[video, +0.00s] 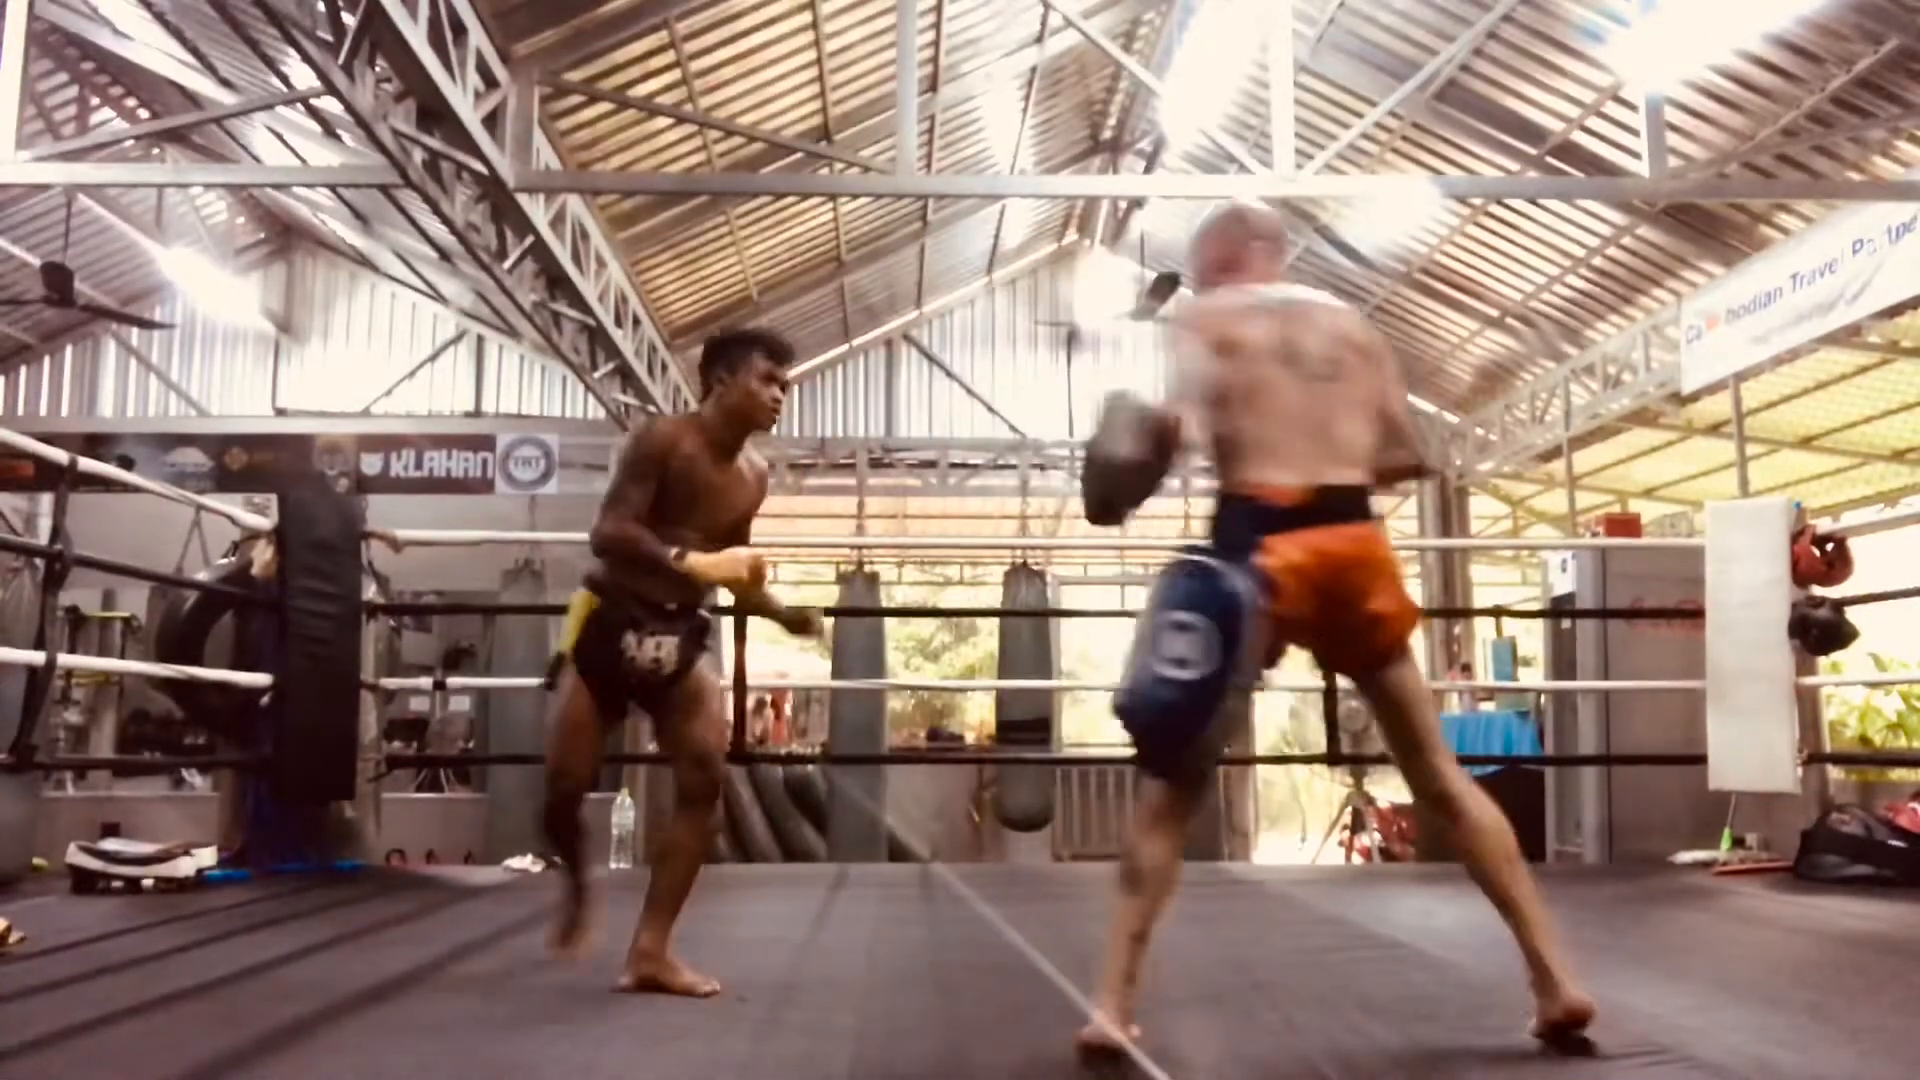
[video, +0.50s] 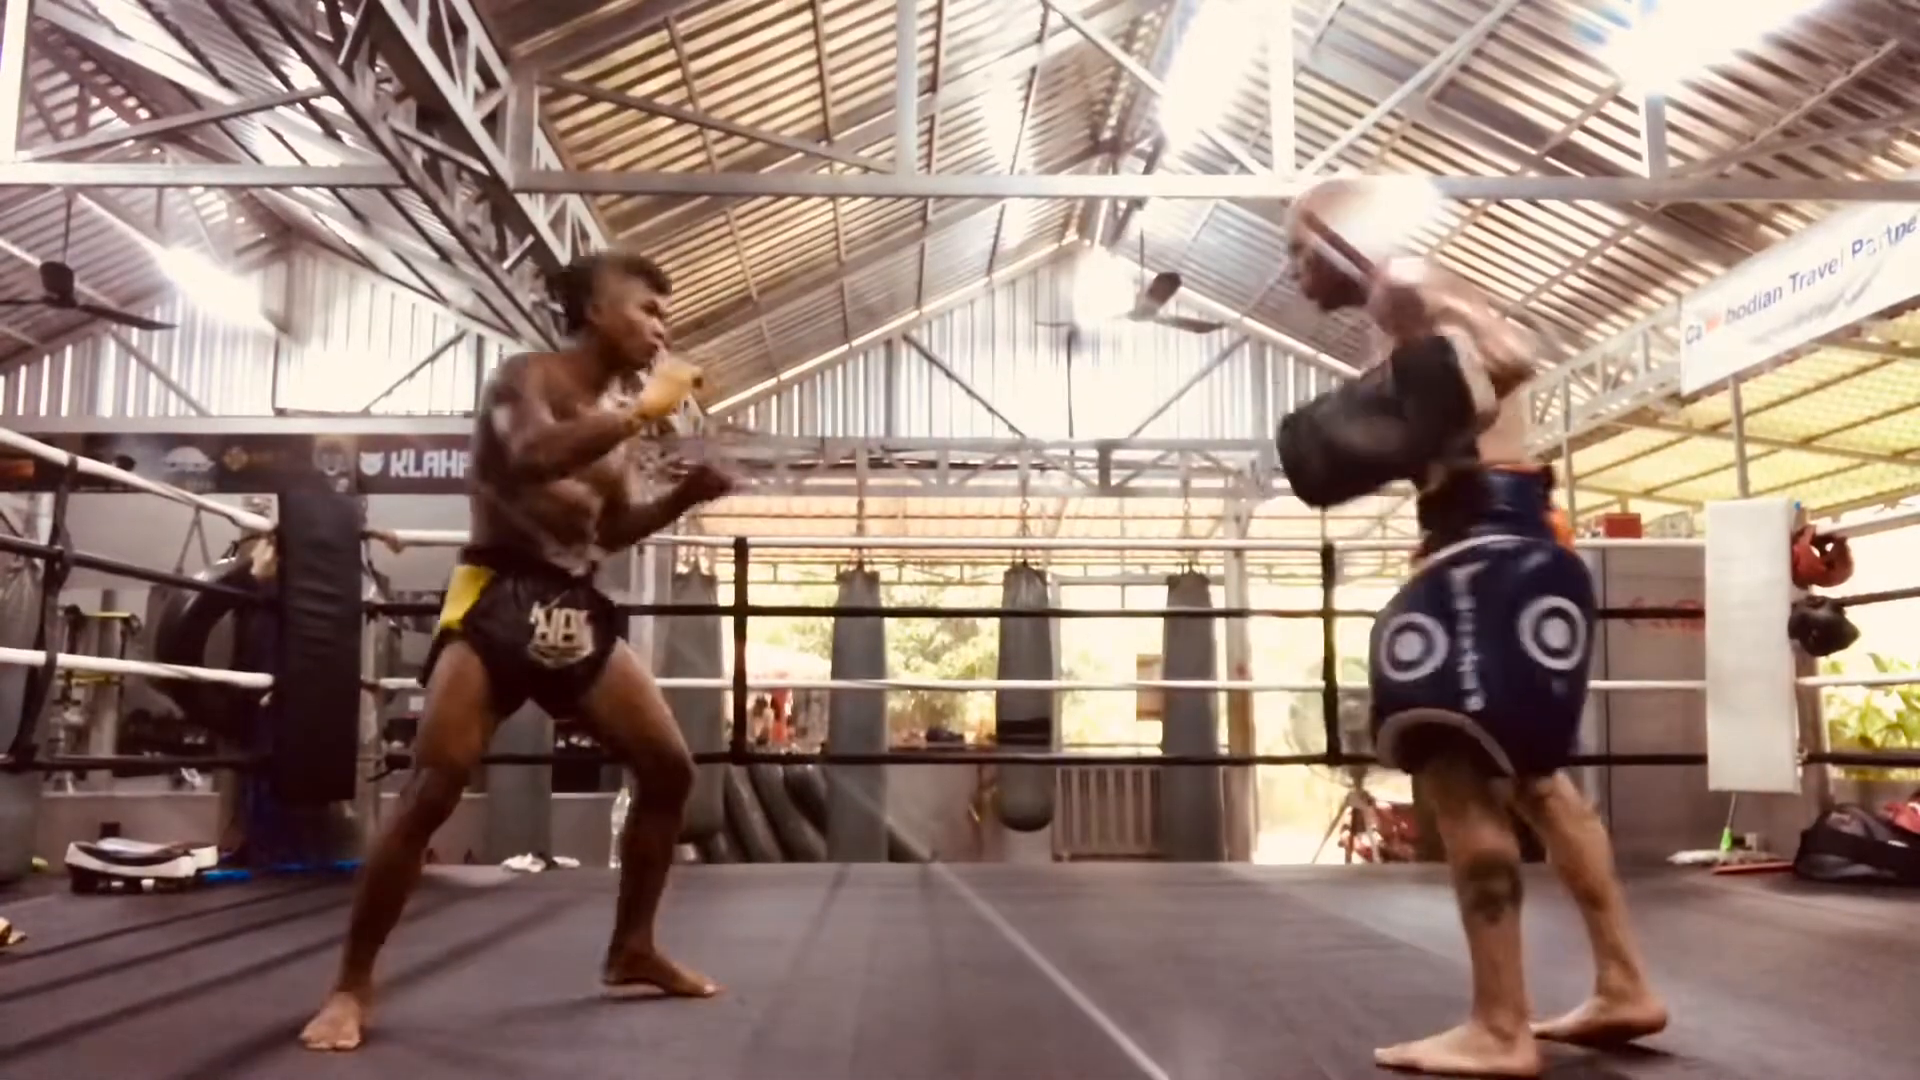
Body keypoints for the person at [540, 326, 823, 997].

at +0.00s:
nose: (781, 396)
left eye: (784, 385)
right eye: (769, 380)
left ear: (768, 393)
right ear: (722, 379)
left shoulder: (752, 478)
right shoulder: (661, 437)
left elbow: (729, 571)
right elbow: (610, 531)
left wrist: (782, 611)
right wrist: (692, 563)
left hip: (683, 632)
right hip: (611, 621)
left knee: (703, 783)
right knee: (563, 787)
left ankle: (650, 951)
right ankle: (575, 896)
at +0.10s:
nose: (772, 383)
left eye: (776, 372)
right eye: (761, 367)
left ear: (757, 381)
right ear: (712, 364)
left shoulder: (738, 471)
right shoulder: (653, 418)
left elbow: (740, 549)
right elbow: (620, 505)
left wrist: (801, 556)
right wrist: (721, 530)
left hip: (656, 622)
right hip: (585, 607)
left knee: (685, 779)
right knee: (533, 765)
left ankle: (647, 953)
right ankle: (491, 933)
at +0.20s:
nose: (754, 358)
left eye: (757, 348)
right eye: (742, 342)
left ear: (734, 357)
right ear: (694, 341)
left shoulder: (721, 439)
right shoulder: (633, 398)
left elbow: (766, 525)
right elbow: (624, 479)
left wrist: (811, 489)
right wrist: (732, 474)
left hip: (636, 613)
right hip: (562, 597)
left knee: (670, 775)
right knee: (484, 768)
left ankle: (647, 953)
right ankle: (415, 960)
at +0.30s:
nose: (728, 339)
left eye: (731, 328)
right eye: (716, 323)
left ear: (693, 334)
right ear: (667, 322)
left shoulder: (676, 420)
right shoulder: (603, 383)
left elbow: (746, 502)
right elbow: (603, 461)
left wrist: (785, 443)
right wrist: (703, 442)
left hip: (619, 604)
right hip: (544, 589)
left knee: (660, 775)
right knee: (461, 764)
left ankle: (642, 953)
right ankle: (366, 966)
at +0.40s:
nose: (691, 331)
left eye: (695, 320)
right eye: (681, 313)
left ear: (668, 329)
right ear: (630, 308)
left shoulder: (644, 412)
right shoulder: (563, 376)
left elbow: (684, 514)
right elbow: (562, 458)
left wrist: (730, 459)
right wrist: (663, 426)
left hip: (597, 601)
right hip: (521, 588)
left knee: (660, 777)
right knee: (445, 775)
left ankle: (640, 954)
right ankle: (353, 979)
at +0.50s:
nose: (660, 321)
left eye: (661, 308)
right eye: (645, 304)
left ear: (642, 326)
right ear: (590, 309)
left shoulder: (619, 416)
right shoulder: (525, 375)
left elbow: (612, 531)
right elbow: (523, 458)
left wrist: (683, 497)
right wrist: (635, 413)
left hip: (579, 609)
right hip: (496, 597)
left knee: (669, 768)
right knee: (433, 791)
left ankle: (633, 950)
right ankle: (350, 989)